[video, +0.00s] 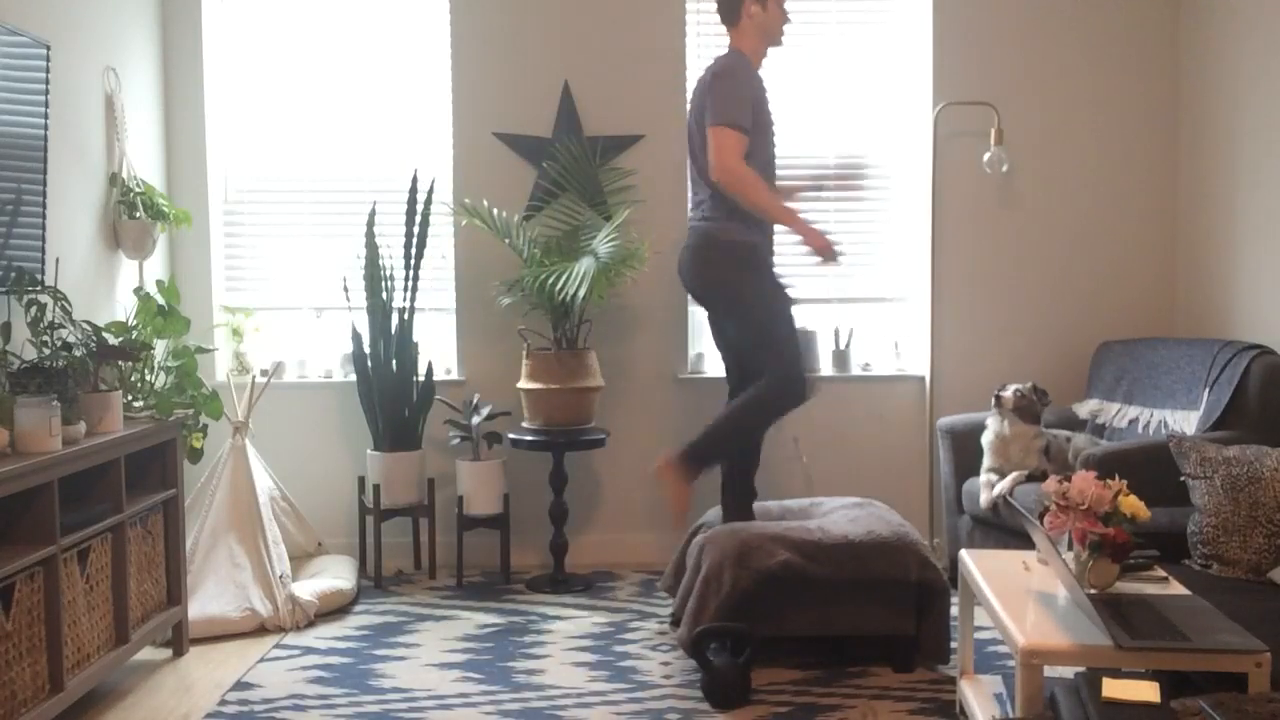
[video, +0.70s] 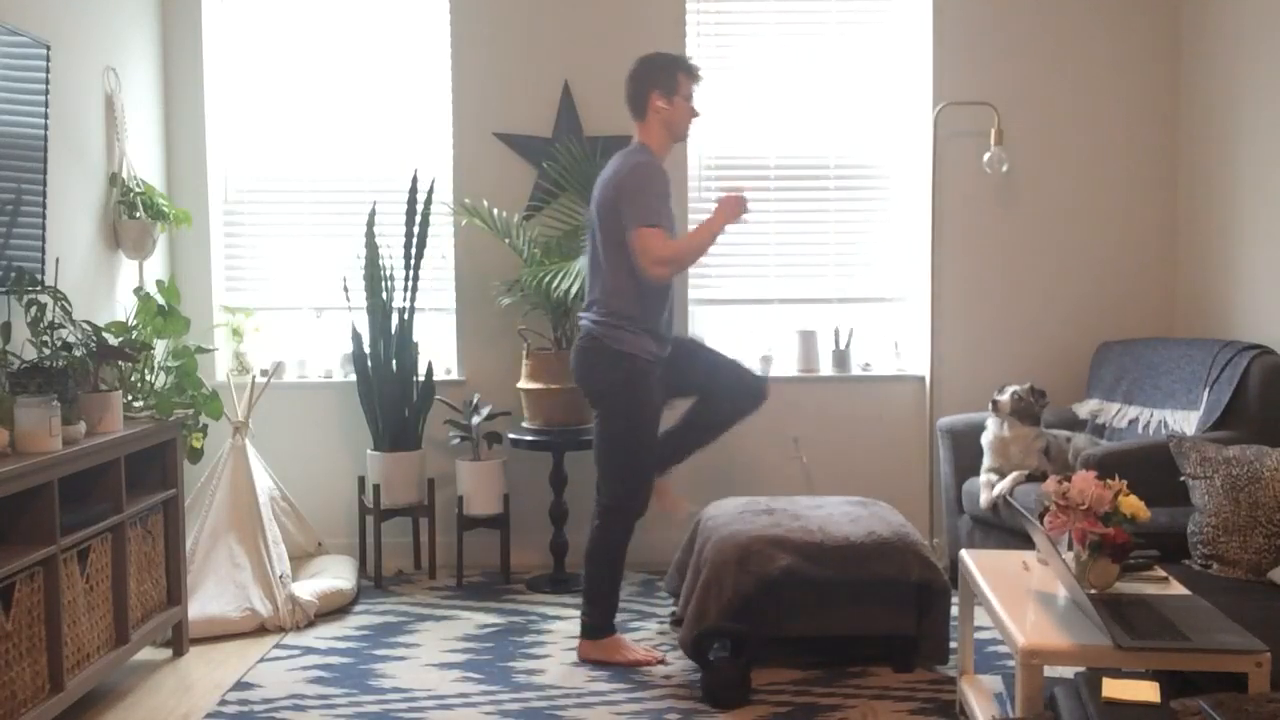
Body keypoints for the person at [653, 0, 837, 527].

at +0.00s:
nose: (786, 16)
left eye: (783, 7)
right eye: (778, 6)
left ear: (746, 14)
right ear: (750, 10)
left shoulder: (726, 74)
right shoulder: (732, 73)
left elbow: (724, 172)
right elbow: (726, 168)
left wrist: (775, 202)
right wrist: (804, 229)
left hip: (717, 250)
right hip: (728, 251)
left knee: (747, 389)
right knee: (787, 382)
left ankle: (739, 527)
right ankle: (683, 466)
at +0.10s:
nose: (785, 37)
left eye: (784, 26)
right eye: (779, 24)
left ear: (742, 29)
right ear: (752, 25)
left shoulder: (712, 96)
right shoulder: (738, 87)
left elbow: (708, 193)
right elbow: (748, 178)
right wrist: (836, 214)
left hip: (716, 266)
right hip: (718, 266)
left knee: (773, 394)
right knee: (737, 395)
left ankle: (739, 533)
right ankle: (646, 527)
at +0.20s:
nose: (781, 61)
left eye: (779, 50)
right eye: (775, 49)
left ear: (740, 56)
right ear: (747, 54)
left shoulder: (717, 120)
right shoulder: (733, 116)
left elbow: (762, 206)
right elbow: (772, 200)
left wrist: (833, 200)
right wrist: (858, 197)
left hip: (711, 297)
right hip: (705, 299)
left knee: (786, 399)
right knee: (683, 434)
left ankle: (741, 526)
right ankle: (635, 569)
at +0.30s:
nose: (771, 94)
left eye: (770, 84)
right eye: (765, 83)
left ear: (731, 86)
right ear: (737, 86)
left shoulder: (714, 150)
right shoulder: (716, 149)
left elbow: (774, 223)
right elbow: (784, 223)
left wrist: (821, 196)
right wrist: (839, 182)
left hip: (707, 330)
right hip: (684, 332)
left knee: (794, 404)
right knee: (664, 470)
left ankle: (741, 525)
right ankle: (622, 606)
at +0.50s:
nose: (731, 122)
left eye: (731, 111)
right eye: (726, 111)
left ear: (690, 114)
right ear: (696, 113)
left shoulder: (674, 178)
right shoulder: (671, 177)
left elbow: (738, 258)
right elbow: (742, 253)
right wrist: (756, 185)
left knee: (778, 387)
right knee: (646, 504)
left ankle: (739, 516)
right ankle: (600, 636)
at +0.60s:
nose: (713, 113)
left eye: (712, 102)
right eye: (707, 102)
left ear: (676, 108)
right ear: (677, 106)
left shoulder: (667, 171)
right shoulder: (652, 171)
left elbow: (700, 262)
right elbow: (701, 255)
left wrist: (726, 206)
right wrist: (730, 195)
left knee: (763, 366)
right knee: (628, 500)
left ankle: (704, 476)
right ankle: (597, 636)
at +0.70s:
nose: (695, 110)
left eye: (694, 99)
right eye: (688, 98)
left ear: (655, 104)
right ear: (659, 103)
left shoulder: (632, 169)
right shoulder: (638, 170)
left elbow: (646, 263)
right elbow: (657, 262)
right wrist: (718, 221)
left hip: (643, 345)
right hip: (621, 352)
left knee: (745, 388)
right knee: (621, 498)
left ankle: (647, 468)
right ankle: (596, 635)